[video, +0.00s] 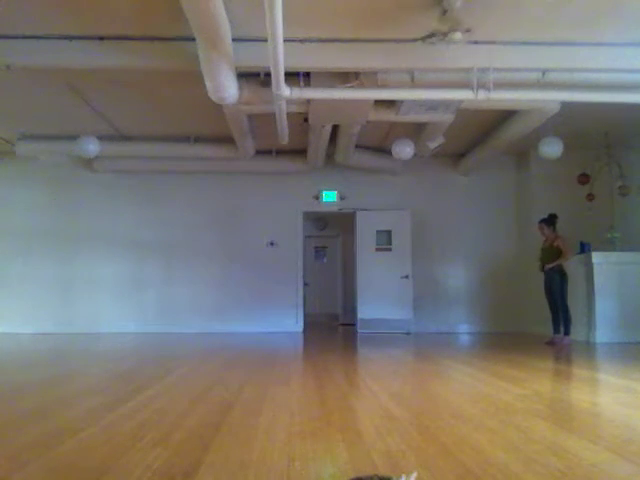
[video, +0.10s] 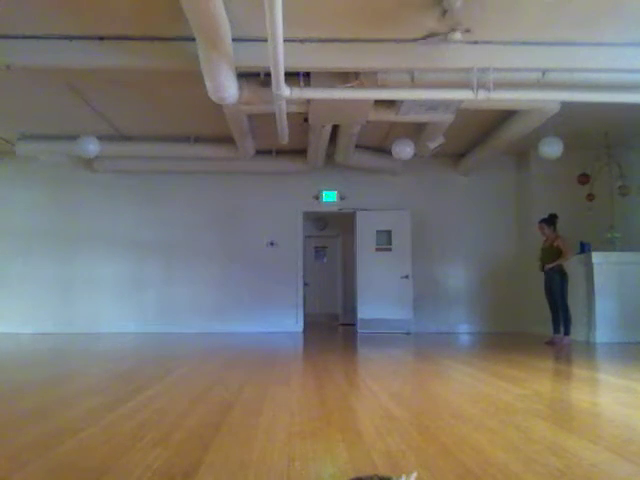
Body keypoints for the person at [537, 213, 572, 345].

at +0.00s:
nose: (541, 232)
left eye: (543, 228)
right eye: (540, 229)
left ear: (550, 228)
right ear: (542, 229)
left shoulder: (558, 240)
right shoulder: (545, 241)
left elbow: (566, 255)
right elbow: (545, 255)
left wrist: (552, 264)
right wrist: (542, 264)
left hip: (558, 273)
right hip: (548, 273)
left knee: (561, 304)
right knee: (552, 305)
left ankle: (566, 335)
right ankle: (556, 334)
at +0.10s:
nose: (541, 232)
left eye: (543, 228)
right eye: (540, 229)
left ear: (551, 228)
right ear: (542, 229)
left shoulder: (558, 240)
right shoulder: (546, 241)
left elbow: (566, 255)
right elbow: (545, 255)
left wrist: (552, 264)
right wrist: (542, 264)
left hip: (558, 273)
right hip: (548, 273)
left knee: (561, 304)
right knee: (552, 305)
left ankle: (566, 335)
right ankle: (556, 334)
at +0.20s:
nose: (542, 231)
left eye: (543, 228)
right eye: (540, 228)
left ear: (551, 227)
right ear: (543, 229)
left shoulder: (559, 240)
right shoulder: (546, 241)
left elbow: (567, 255)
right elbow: (546, 255)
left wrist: (552, 264)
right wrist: (543, 264)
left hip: (558, 273)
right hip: (549, 273)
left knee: (561, 304)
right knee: (553, 305)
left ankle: (566, 335)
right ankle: (556, 334)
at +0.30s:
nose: (542, 231)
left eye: (543, 228)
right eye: (541, 228)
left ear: (551, 227)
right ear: (543, 229)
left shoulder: (558, 240)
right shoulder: (546, 241)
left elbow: (567, 254)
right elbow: (546, 255)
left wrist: (553, 264)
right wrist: (543, 264)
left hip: (558, 273)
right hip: (549, 273)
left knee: (561, 304)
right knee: (553, 305)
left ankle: (566, 335)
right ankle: (556, 334)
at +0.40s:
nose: (542, 231)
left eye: (544, 228)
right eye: (541, 228)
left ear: (551, 227)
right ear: (544, 229)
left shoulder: (559, 240)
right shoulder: (546, 241)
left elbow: (568, 254)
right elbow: (546, 255)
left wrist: (553, 264)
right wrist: (543, 264)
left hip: (559, 273)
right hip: (549, 273)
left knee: (561, 304)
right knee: (553, 305)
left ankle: (566, 335)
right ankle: (556, 334)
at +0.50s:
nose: (542, 231)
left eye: (544, 228)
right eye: (541, 228)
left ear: (551, 228)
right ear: (544, 229)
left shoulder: (559, 240)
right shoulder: (547, 241)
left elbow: (568, 254)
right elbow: (546, 255)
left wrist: (553, 264)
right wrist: (543, 264)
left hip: (559, 273)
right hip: (549, 273)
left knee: (561, 304)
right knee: (553, 305)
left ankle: (566, 335)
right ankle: (556, 334)